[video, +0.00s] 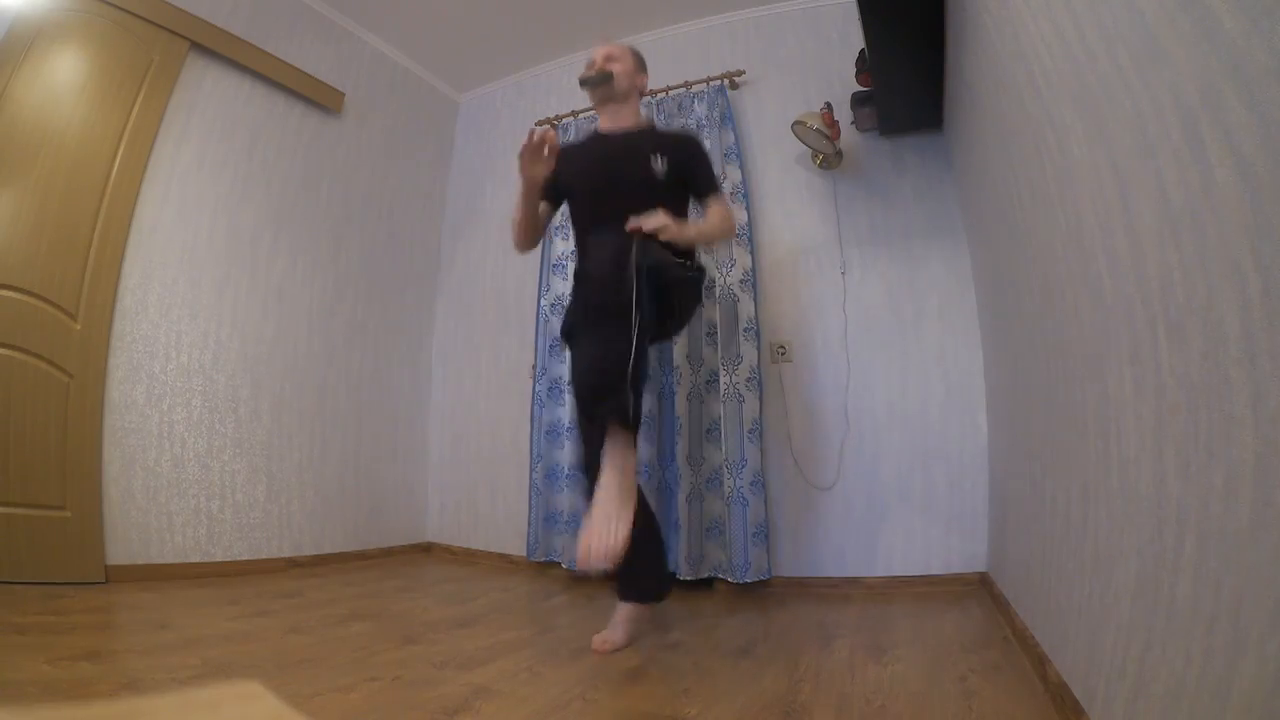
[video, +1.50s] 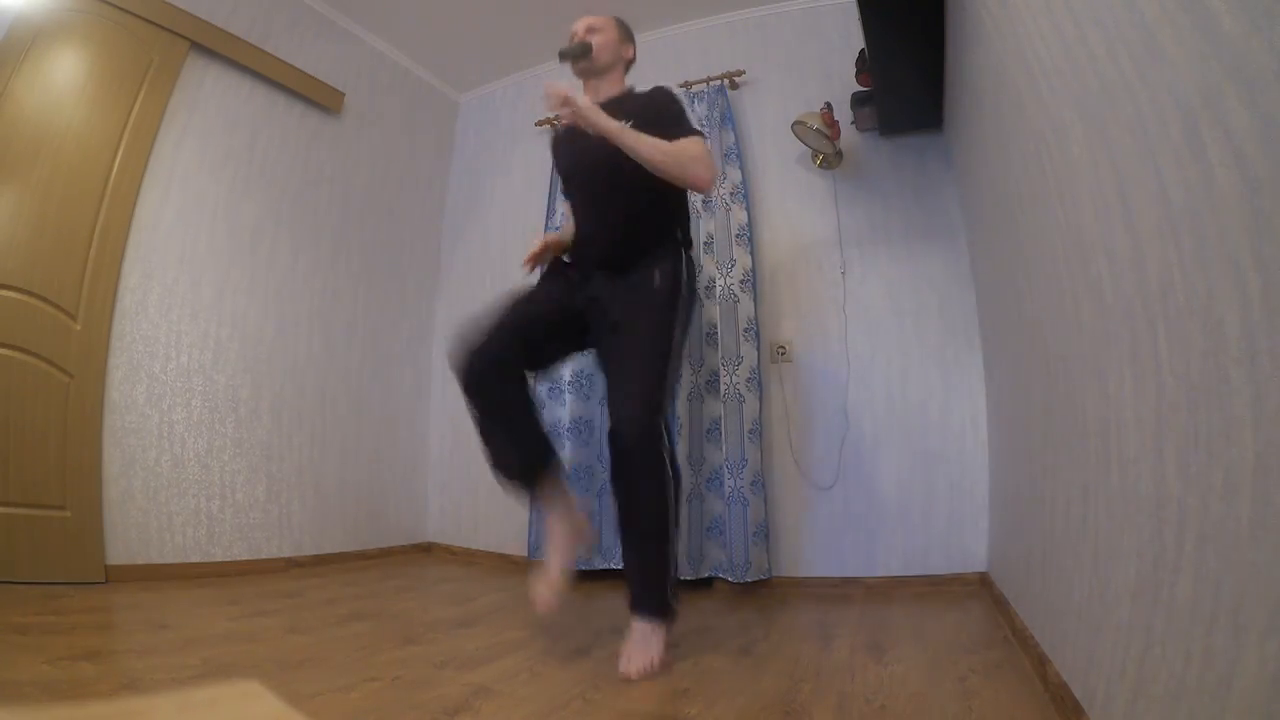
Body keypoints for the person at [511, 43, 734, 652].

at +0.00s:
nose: (597, 63)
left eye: (612, 57)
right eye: (591, 61)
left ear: (641, 81)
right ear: (584, 88)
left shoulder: (676, 146)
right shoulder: (569, 156)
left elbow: (723, 220)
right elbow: (525, 239)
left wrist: (679, 231)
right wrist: (531, 181)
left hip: (666, 292)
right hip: (597, 298)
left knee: (613, 249)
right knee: (599, 449)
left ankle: (617, 464)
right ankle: (635, 590)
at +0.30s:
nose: (585, 57)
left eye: (601, 50)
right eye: (580, 52)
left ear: (635, 71)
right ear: (575, 74)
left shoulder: (660, 121)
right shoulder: (575, 150)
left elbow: (693, 181)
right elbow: (599, 235)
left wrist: (606, 121)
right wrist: (561, 251)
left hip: (647, 298)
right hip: (583, 293)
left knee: (631, 446)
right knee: (490, 345)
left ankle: (635, 615)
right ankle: (554, 490)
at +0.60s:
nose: (585, 44)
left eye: (599, 35)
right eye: (578, 41)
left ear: (631, 55)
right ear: (572, 65)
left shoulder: (670, 119)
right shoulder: (560, 136)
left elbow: (723, 190)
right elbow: (528, 226)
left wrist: (673, 210)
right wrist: (523, 175)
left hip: (662, 267)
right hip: (591, 278)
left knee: (601, 304)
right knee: (580, 418)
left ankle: (616, 519)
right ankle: (604, 568)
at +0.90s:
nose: (585, 39)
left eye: (601, 32)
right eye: (579, 36)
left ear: (635, 55)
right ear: (575, 63)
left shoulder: (661, 112)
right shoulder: (572, 138)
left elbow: (707, 181)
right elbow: (592, 226)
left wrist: (614, 136)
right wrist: (559, 243)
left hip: (653, 293)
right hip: (587, 290)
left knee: (645, 438)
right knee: (488, 350)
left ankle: (658, 616)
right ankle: (560, 500)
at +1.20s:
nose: (584, 36)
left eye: (598, 28)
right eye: (578, 35)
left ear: (631, 49)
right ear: (571, 61)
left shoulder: (669, 114)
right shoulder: (557, 131)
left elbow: (720, 192)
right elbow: (527, 221)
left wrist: (662, 202)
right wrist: (520, 173)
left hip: (660, 261)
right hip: (585, 274)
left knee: (599, 296)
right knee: (579, 439)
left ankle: (625, 486)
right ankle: (608, 594)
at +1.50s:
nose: (578, 39)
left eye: (593, 30)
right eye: (571, 35)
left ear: (627, 49)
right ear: (569, 59)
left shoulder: (657, 105)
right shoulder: (567, 133)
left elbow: (702, 172)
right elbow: (593, 211)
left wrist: (601, 124)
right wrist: (560, 241)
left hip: (648, 285)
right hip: (582, 283)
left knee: (633, 430)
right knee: (484, 361)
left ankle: (650, 613)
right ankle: (558, 508)